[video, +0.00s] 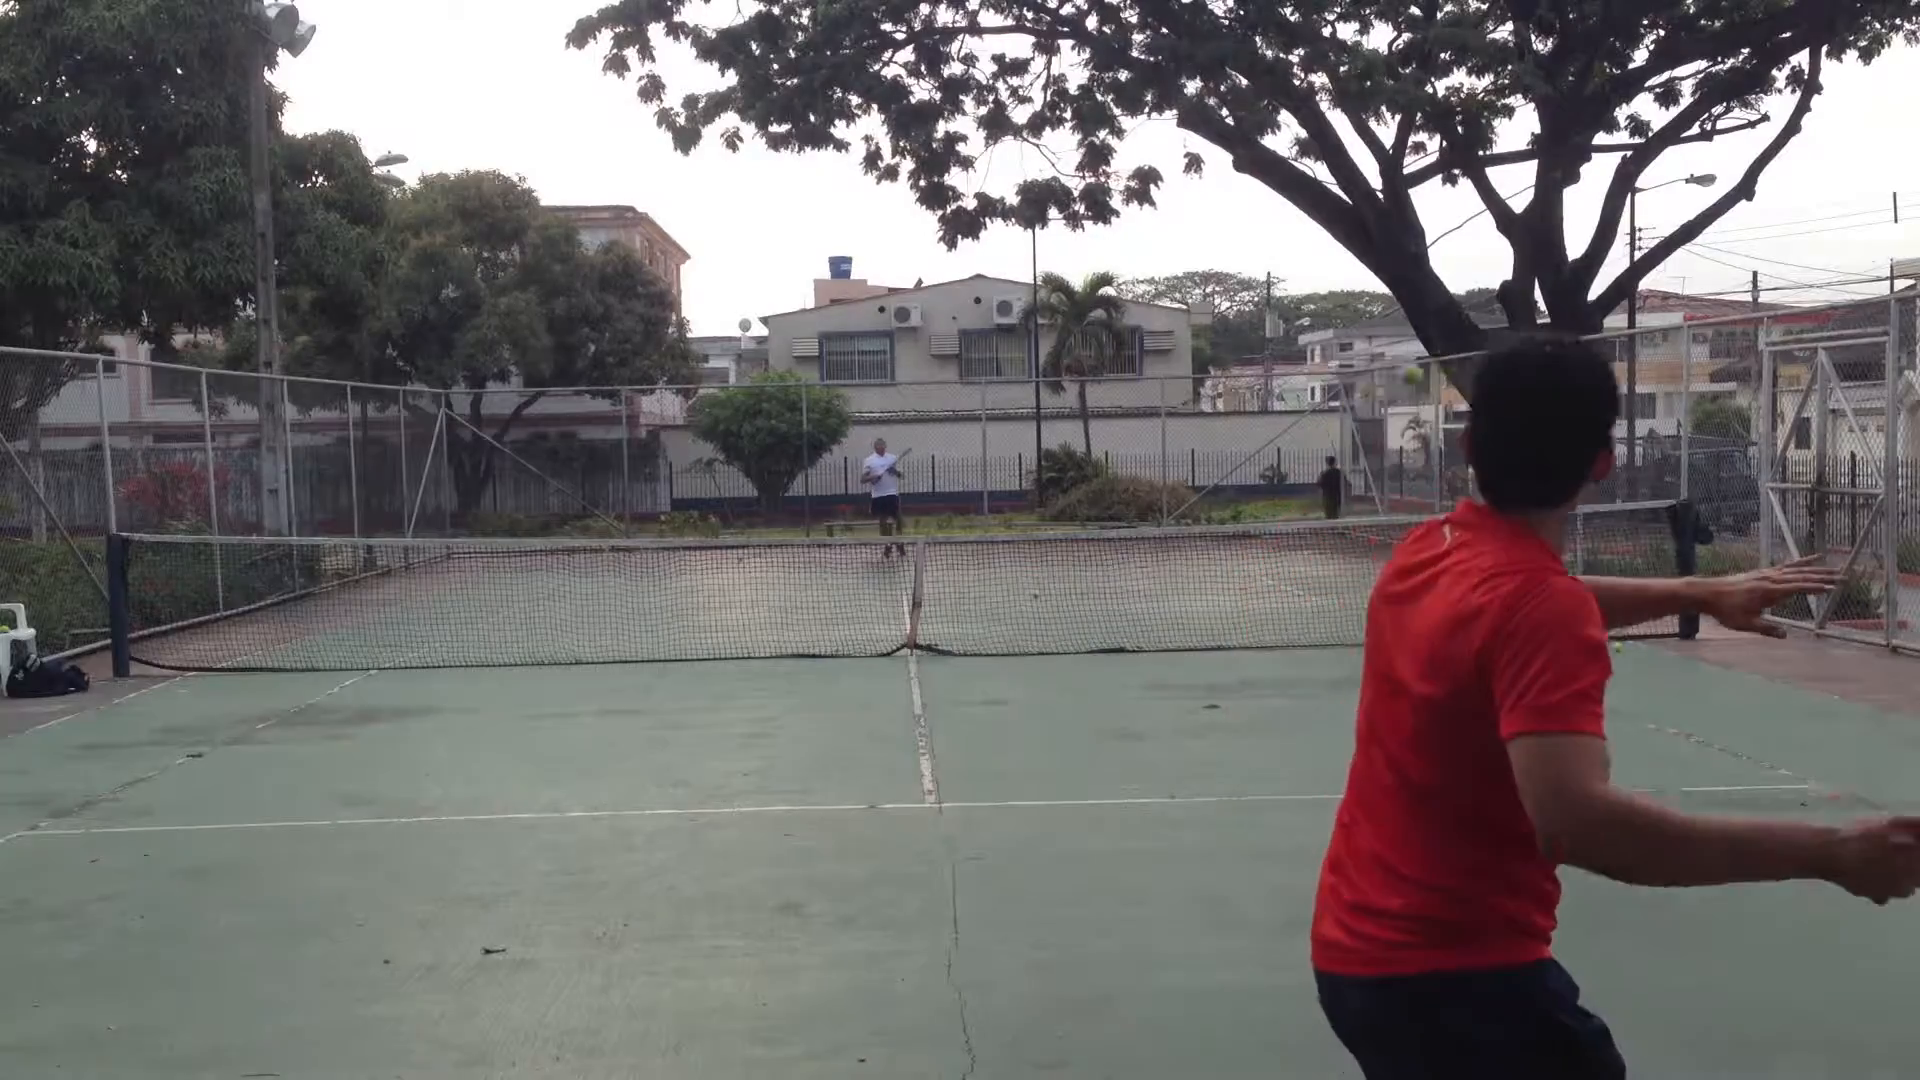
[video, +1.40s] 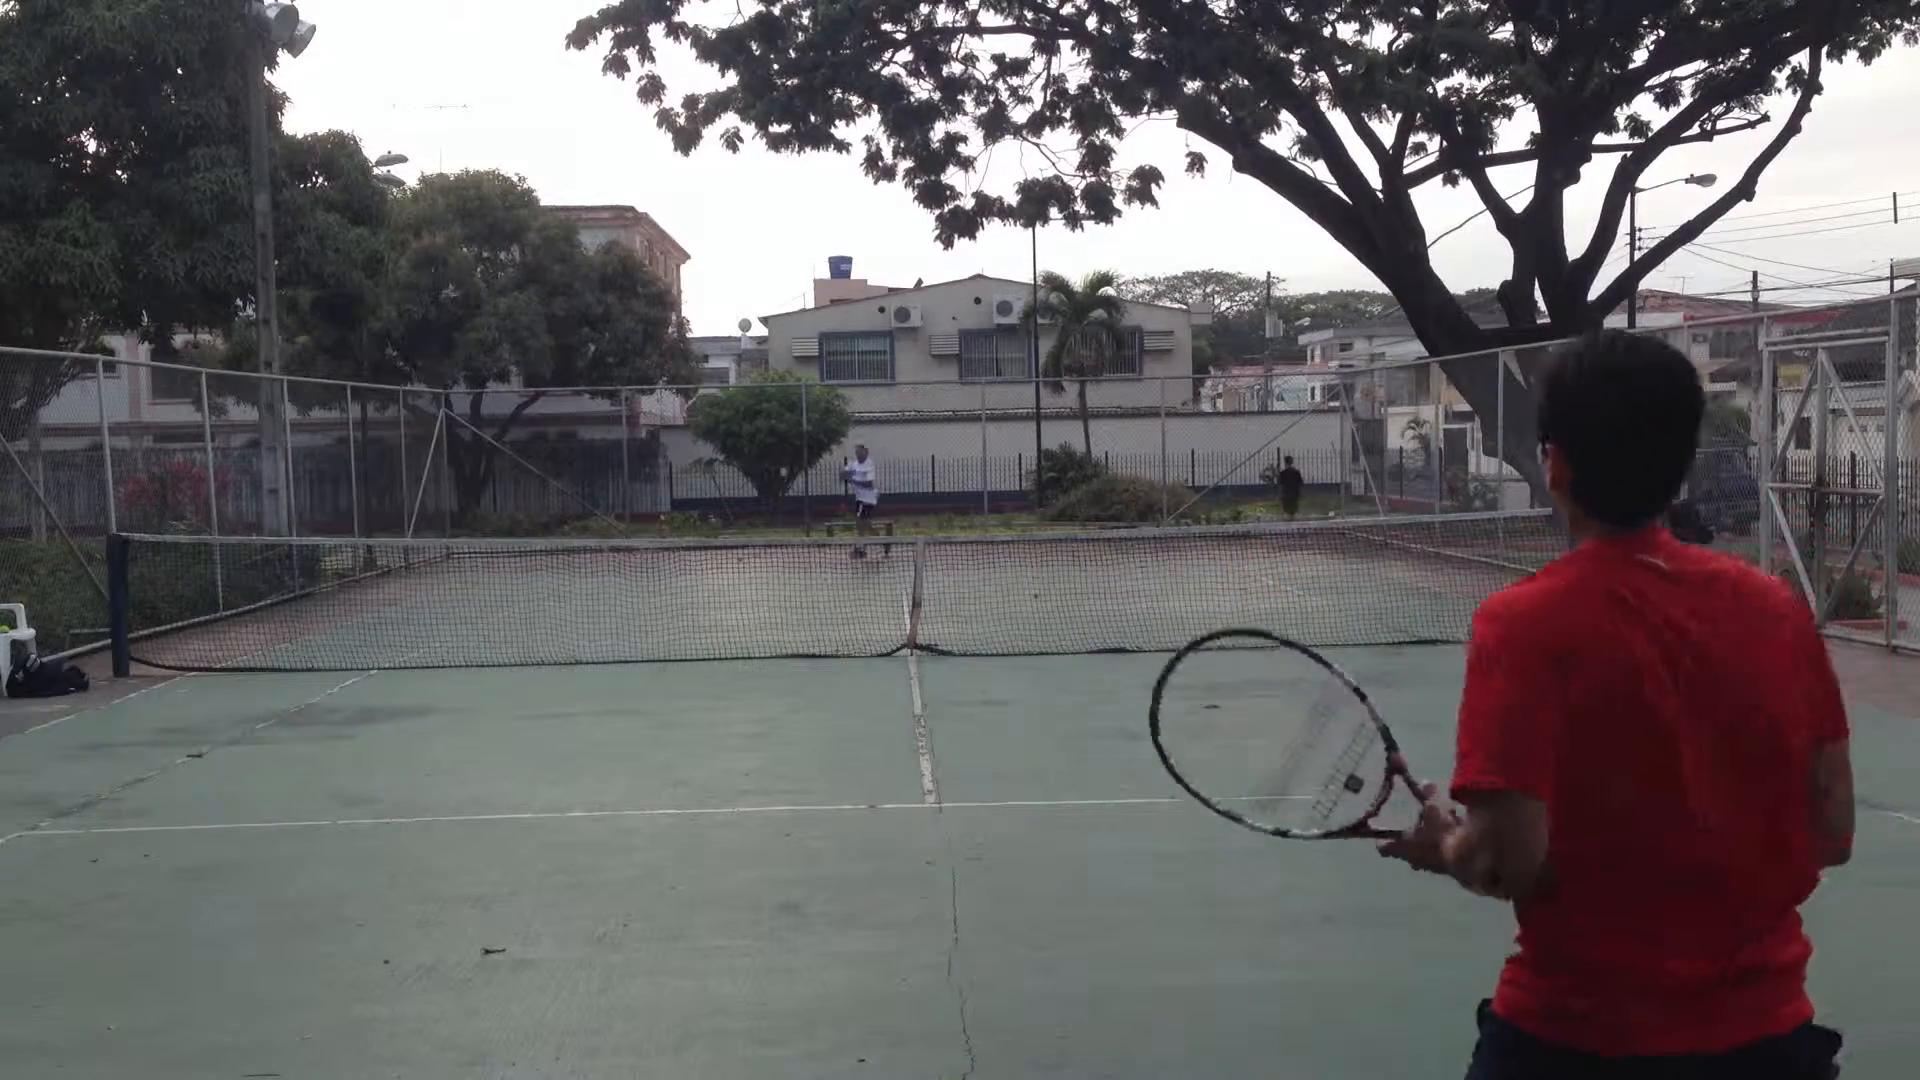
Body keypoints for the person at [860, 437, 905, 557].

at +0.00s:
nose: (880, 451)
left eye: (882, 448)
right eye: (878, 449)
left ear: (885, 448)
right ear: (874, 448)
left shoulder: (892, 458)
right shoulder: (869, 461)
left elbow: (901, 475)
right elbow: (863, 479)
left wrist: (895, 472)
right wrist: (873, 477)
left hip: (892, 493)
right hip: (878, 494)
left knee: (897, 518)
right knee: (882, 520)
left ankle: (900, 541)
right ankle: (887, 544)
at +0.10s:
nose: (882, 453)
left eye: (884, 450)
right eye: (880, 451)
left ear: (888, 450)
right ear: (877, 451)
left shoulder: (894, 463)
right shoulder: (872, 466)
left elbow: (904, 480)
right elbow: (867, 483)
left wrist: (897, 475)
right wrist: (877, 480)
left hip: (896, 497)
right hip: (881, 499)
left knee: (903, 518)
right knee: (883, 523)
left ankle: (913, 541)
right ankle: (887, 545)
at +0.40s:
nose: (897, 456)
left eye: (899, 453)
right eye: (894, 454)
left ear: (902, 452)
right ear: (891, 453)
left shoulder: (910, 464)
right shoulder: (887, 466)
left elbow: (917, 481)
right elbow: (882, 484)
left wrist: (907, 477)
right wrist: (891, 482)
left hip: (909, 499)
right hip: (893, 500)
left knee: (916, 522)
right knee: (890, 523)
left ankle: (924, 544)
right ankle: (888, 546)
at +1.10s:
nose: (885, 456)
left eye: (887, 453)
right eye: (883, 453)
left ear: (891, 453)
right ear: (880, 454)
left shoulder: (898, 466)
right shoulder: (877, 468)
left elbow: (905, 483)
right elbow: (868, 481)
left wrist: (892, 480)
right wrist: (874, 483)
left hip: (898, 499)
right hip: (885, 500)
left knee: (903, 522)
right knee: (886, 524)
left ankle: (918, 539)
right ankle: (898, 543)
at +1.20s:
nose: (876, 455)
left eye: (878, 452)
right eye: (874, 453)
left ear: (883, 453)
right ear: (872, 454)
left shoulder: (890, 466)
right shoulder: (869, 468)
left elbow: (894, 484)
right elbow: (864, 482)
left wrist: (881, 480)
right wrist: (870, 479)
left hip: (891, 498)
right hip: (879, 499)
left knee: (888, 522)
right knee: (883, 524)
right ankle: (895, 544)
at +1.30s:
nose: (868, 455)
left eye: (870, 453)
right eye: (867, 453)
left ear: (875, 453)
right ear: (864, 453)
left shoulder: (881, 466)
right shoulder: (862, 465)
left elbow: (883, 484)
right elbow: (855, 476)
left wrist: (868, 480)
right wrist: (853, 475)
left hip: (879, 496)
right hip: (869, 496)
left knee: (875, 520)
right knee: (879, 521)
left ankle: (873, 546)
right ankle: (897, 543)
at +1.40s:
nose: (860, 456)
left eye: (862, 454)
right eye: (858, 454)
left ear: (866, 453)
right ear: (856, 454)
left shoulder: (869, 465)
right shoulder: (854, 464)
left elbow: (870, 483)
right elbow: (845, 472)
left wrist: (852, 480)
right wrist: (845, 473)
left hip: (869, 497)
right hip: (860, 496)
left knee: (860, 522)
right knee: (865, 522)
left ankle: (860, 548)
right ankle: (882, 541)